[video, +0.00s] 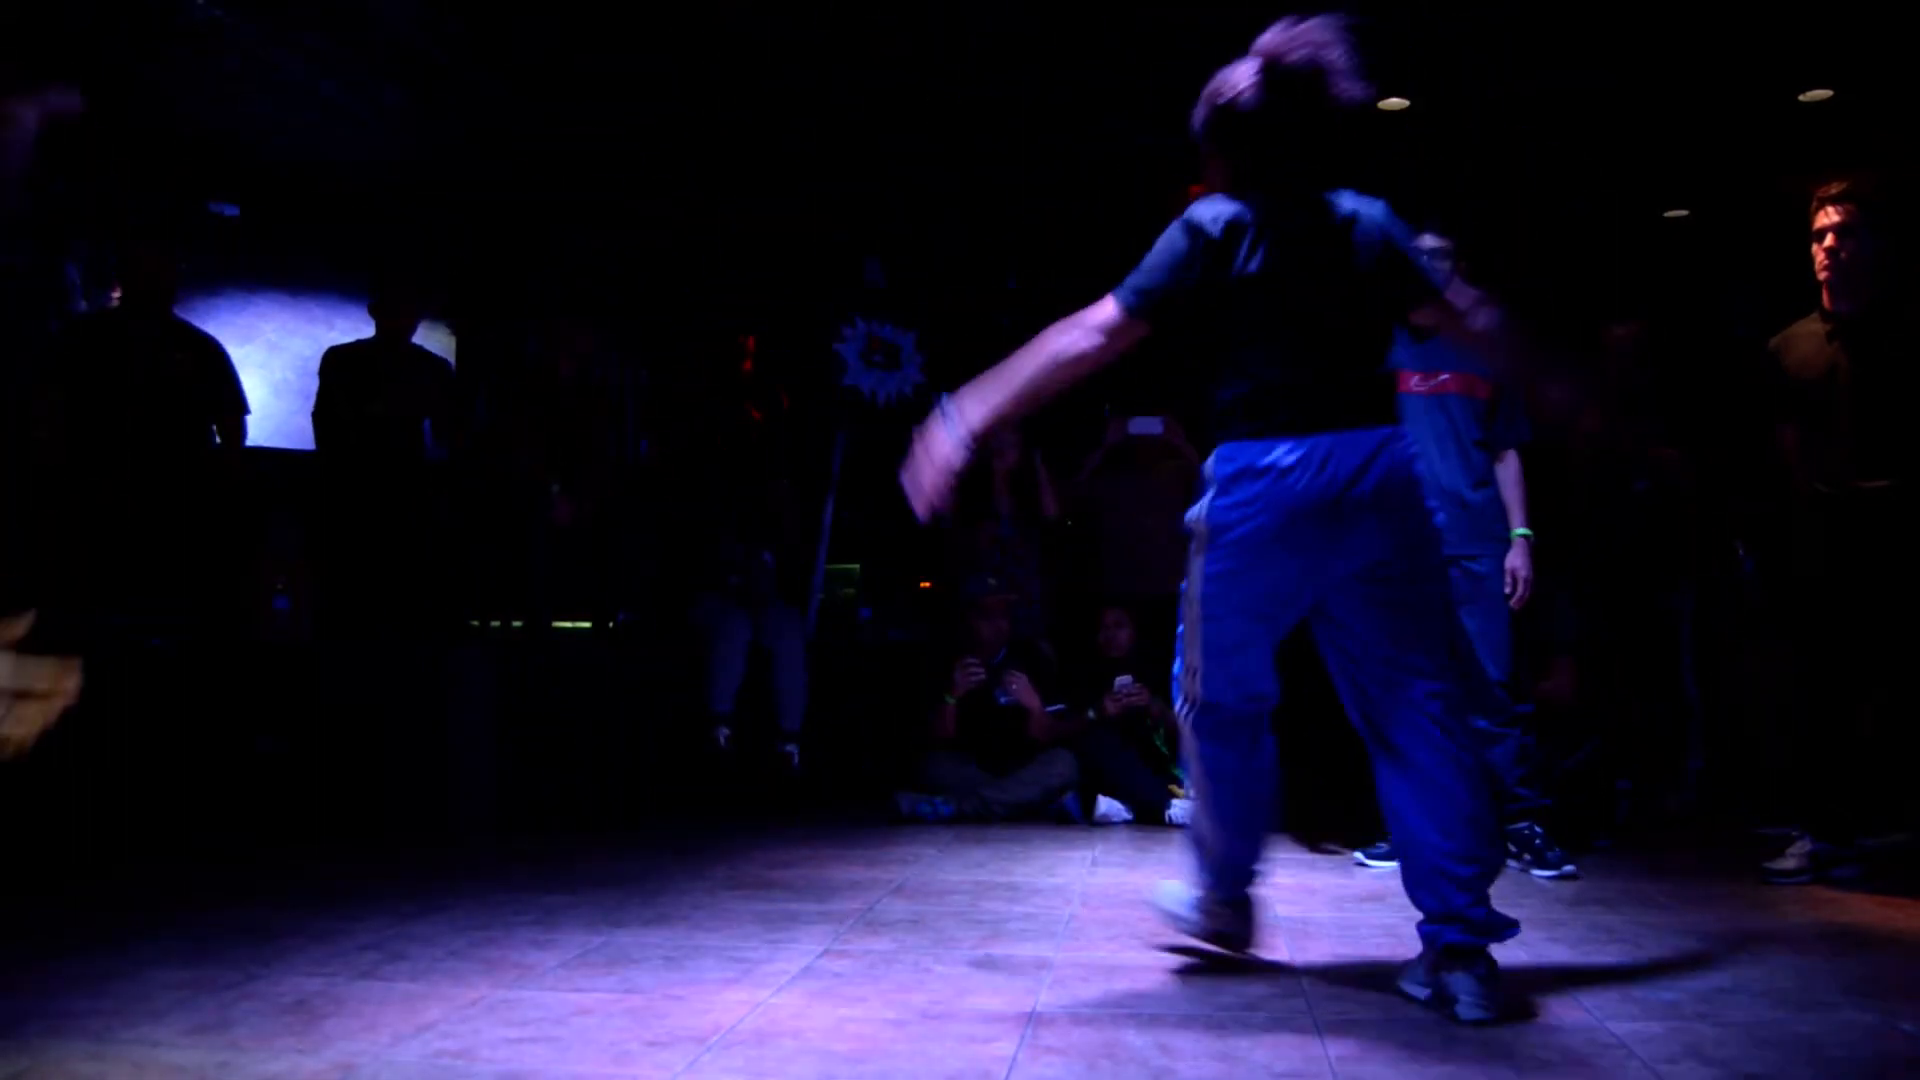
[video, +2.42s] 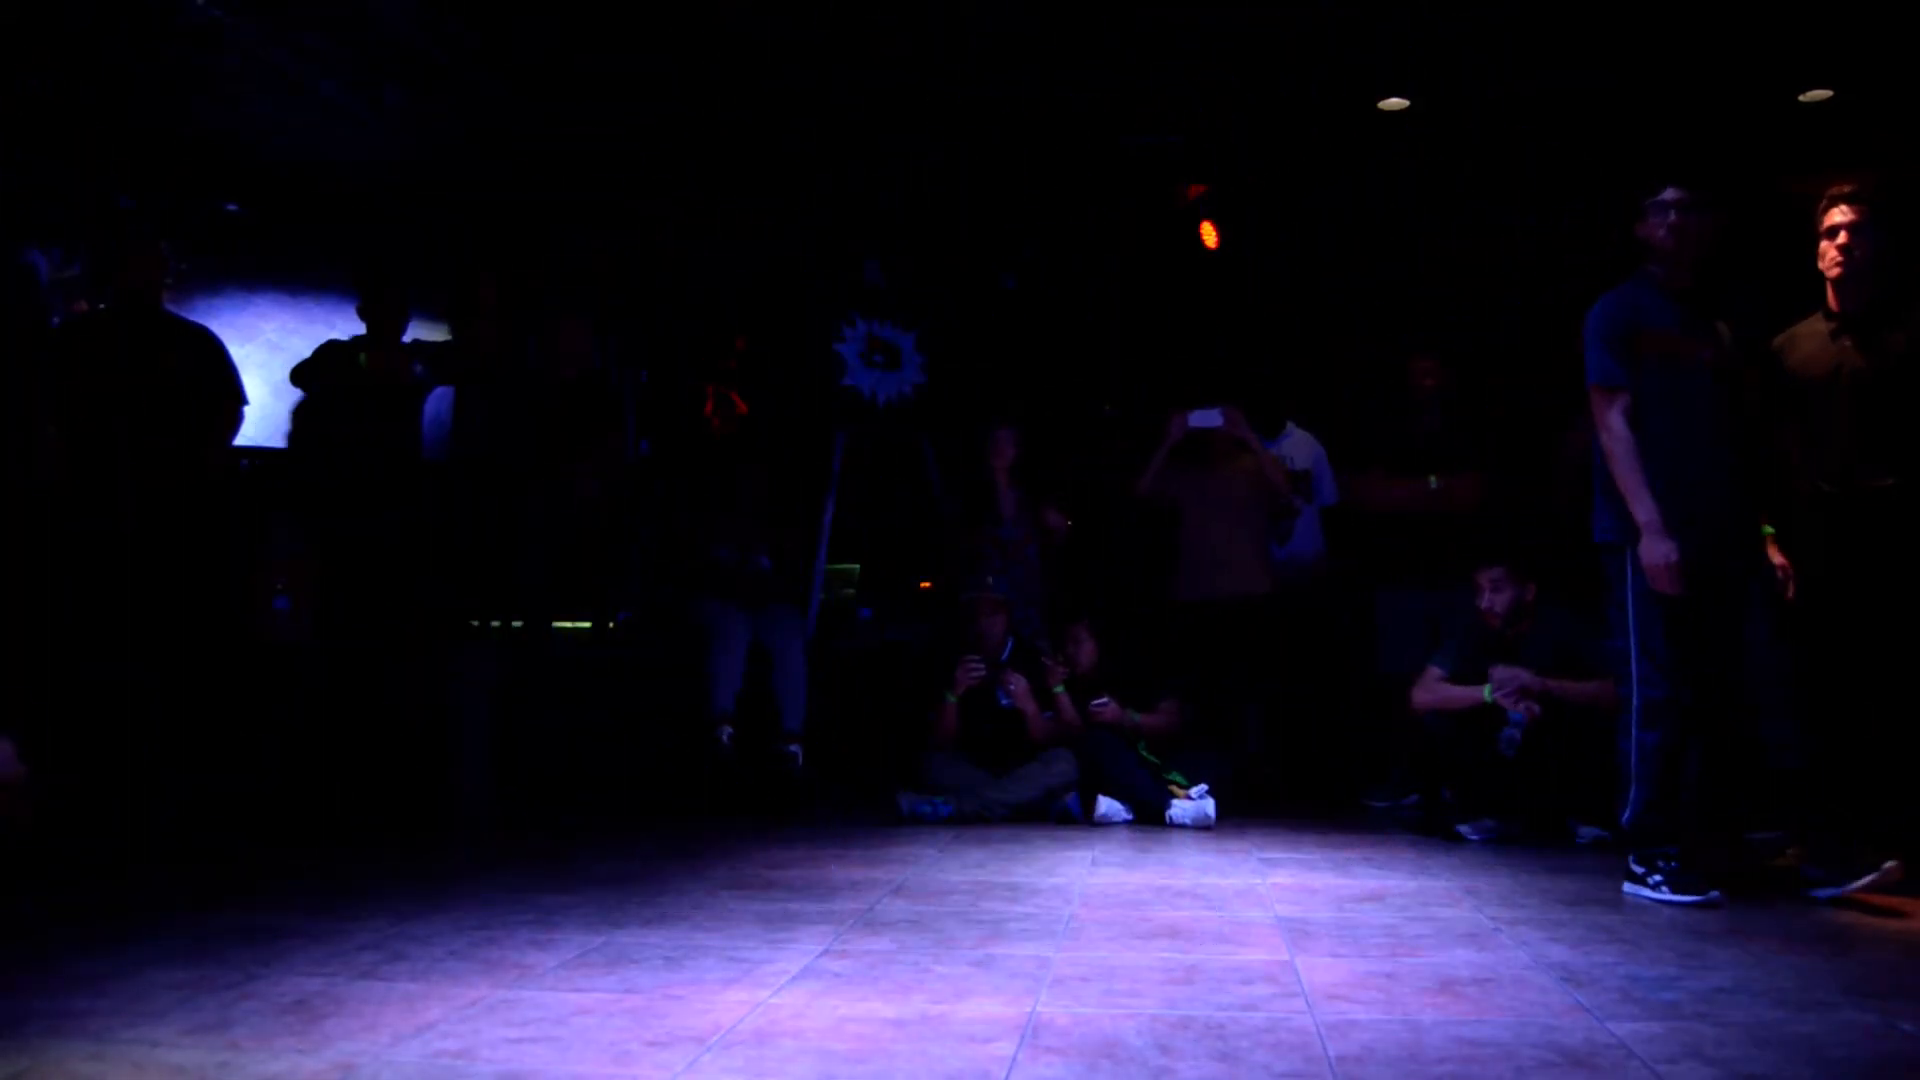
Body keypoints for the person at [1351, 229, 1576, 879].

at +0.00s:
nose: (1428, 271)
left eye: (1439, 260)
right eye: (1419, 259)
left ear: (1456, 271)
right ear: (1397, 271)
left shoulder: (1479, 349)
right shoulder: (1389, 350)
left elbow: (1504, 451)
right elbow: (1359, 446)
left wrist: (1519, 536)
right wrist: (1362, 532)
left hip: (1474, 542)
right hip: (1402, 543)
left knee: (1493, 685)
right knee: (1407, 685)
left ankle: (1522, 823)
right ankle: (1406, 827)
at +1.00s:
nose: (1535, 257)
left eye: (1547, 246)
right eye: (1525, 246)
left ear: (1568, 258)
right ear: (1510, 259)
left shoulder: (1592, 347)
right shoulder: (1479, 339)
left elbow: (1612, 453)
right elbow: (1460, 440)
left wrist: (1632, 542)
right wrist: (1467, 535)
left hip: (1578, 544)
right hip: (1506, 539)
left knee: (1564, 695)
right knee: (1492, 681)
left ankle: (1540, 835)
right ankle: (1457, 827)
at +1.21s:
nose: (1547, 258)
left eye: (1558, 246)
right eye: (1537, 246)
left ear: (1579, 257)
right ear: (1522, 258)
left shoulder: (1599, 341)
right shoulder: (1491, 338)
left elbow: (1620, 451)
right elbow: (1472, 439)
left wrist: (1640, 540)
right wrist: (1479, 536)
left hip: (1590, 535)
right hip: (1526, 534)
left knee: (1574, 680)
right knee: (1546, 677)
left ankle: (1541, 828)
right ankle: (1544, 838)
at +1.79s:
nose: (1598, 242)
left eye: (1609, 230)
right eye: (1584, 231)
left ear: (1628, 242)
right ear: (1565, 245)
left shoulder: (1641, 325)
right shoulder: (1548, 328)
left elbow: (1663, 445)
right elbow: (1542, 437)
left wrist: (1686, 535)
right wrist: (1568, 540)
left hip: (1644, 530)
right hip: (1591, 533)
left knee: (1599, 687)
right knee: (1613, 691)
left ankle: (1537, 825)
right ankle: (1644, 849)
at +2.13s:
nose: (1640, 229)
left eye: (1651, 218)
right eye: (1625, 218)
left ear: (1667, 231)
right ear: (1602, 234)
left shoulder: (1672, 314)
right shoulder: (1589, 316)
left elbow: (1696, 437)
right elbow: (1590, 427)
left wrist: (1730, 525)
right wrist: (1643, 527)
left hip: (1678, 526)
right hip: (1620, 532)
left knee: (1682, 680)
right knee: (1635, 688)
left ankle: (1609, 802)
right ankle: (1648, 854)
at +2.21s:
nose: (1650, 229)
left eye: (1661, 217)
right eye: (1634, 217)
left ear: (1677, 229)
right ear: (1611, 232)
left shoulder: (1684, 312)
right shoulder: (1597, 315)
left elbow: (1704, 437)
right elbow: (1599, 426)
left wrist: (1737, 524)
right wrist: (1651, 526)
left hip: (1689, 527)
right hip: (1627, 532)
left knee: (1701, 686)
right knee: (1643, 690)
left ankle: (1702, 847)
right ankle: (1647, 855)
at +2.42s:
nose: (1678, 226)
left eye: (1687, 212)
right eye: (1664, 214)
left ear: (1705, 226)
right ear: (1641, 228)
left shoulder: (1714, 318)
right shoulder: (1619, 313)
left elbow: (1730, 444)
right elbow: (1612, 424)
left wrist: (1761, 534)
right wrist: (1651, 530)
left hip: (1719, 530)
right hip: (1653, 535)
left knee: (1750, 684)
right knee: (1661, 692)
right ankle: (1652, 857)